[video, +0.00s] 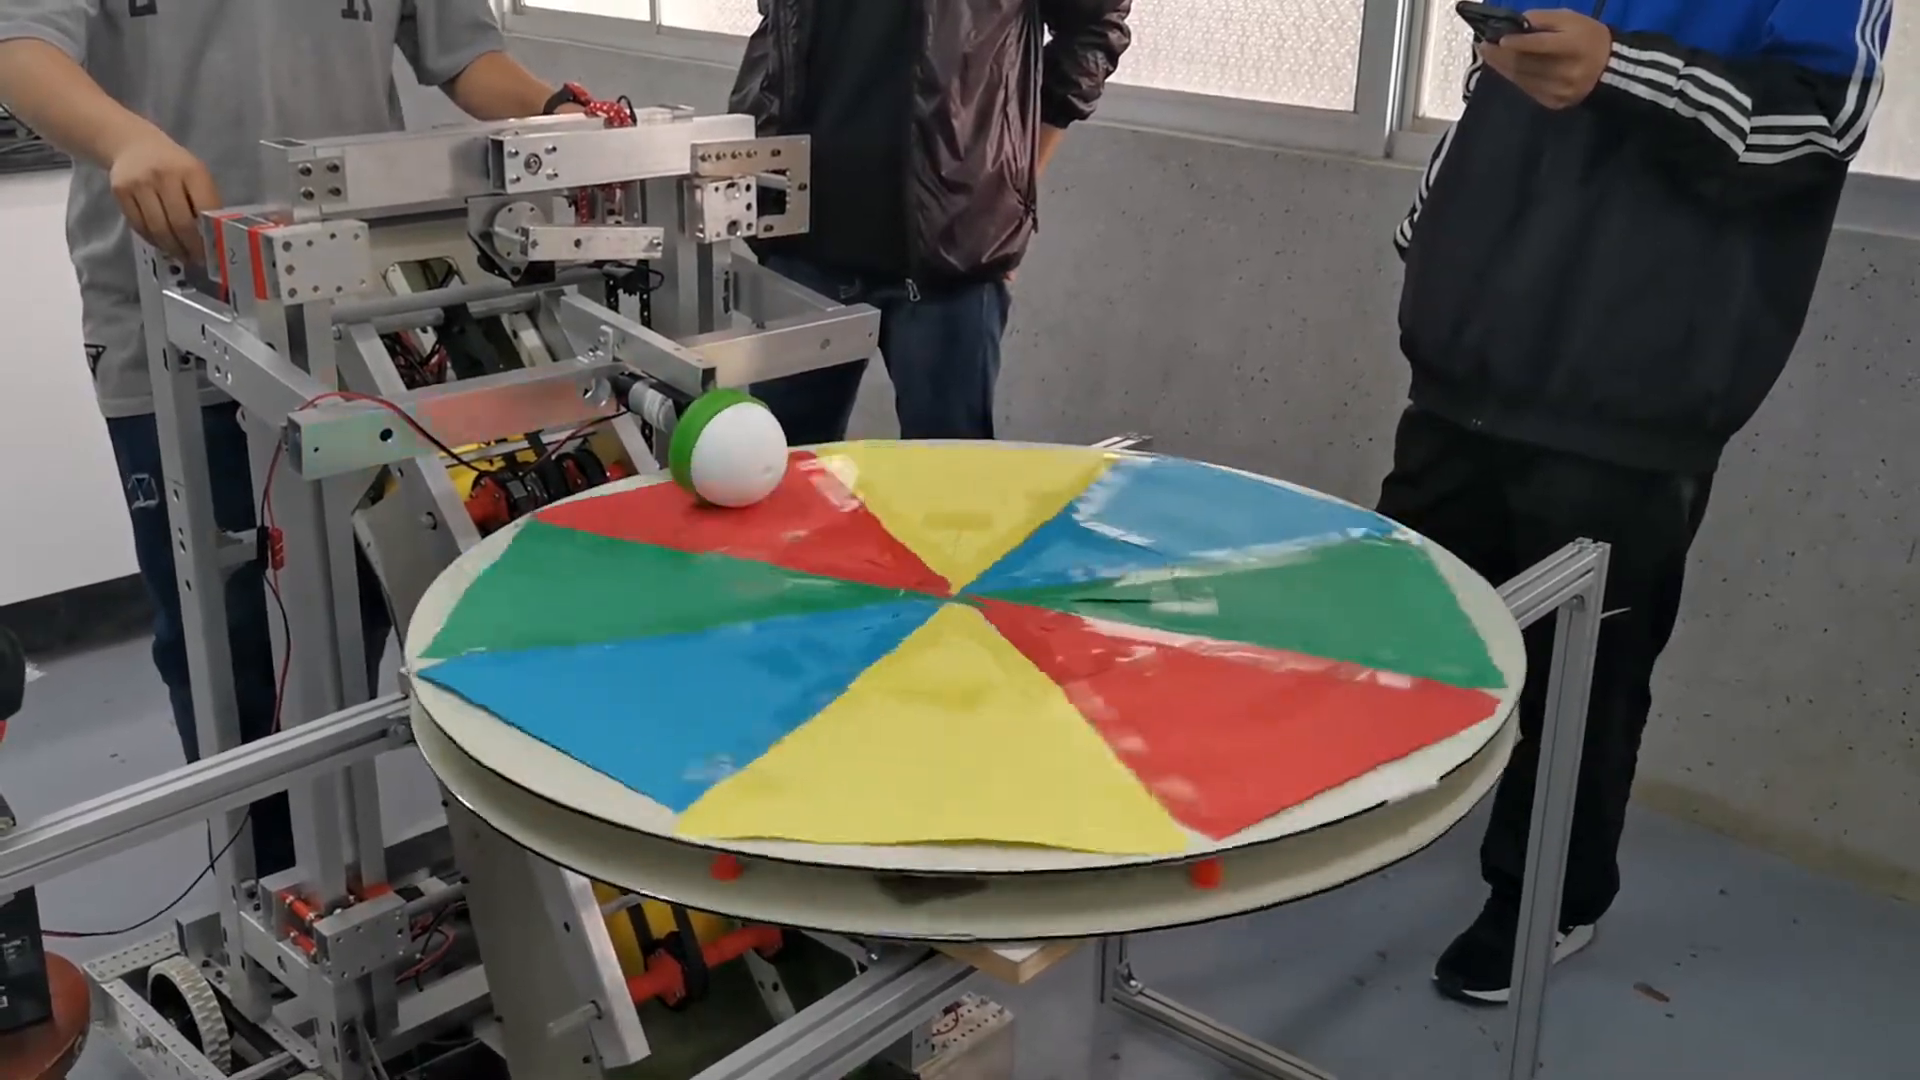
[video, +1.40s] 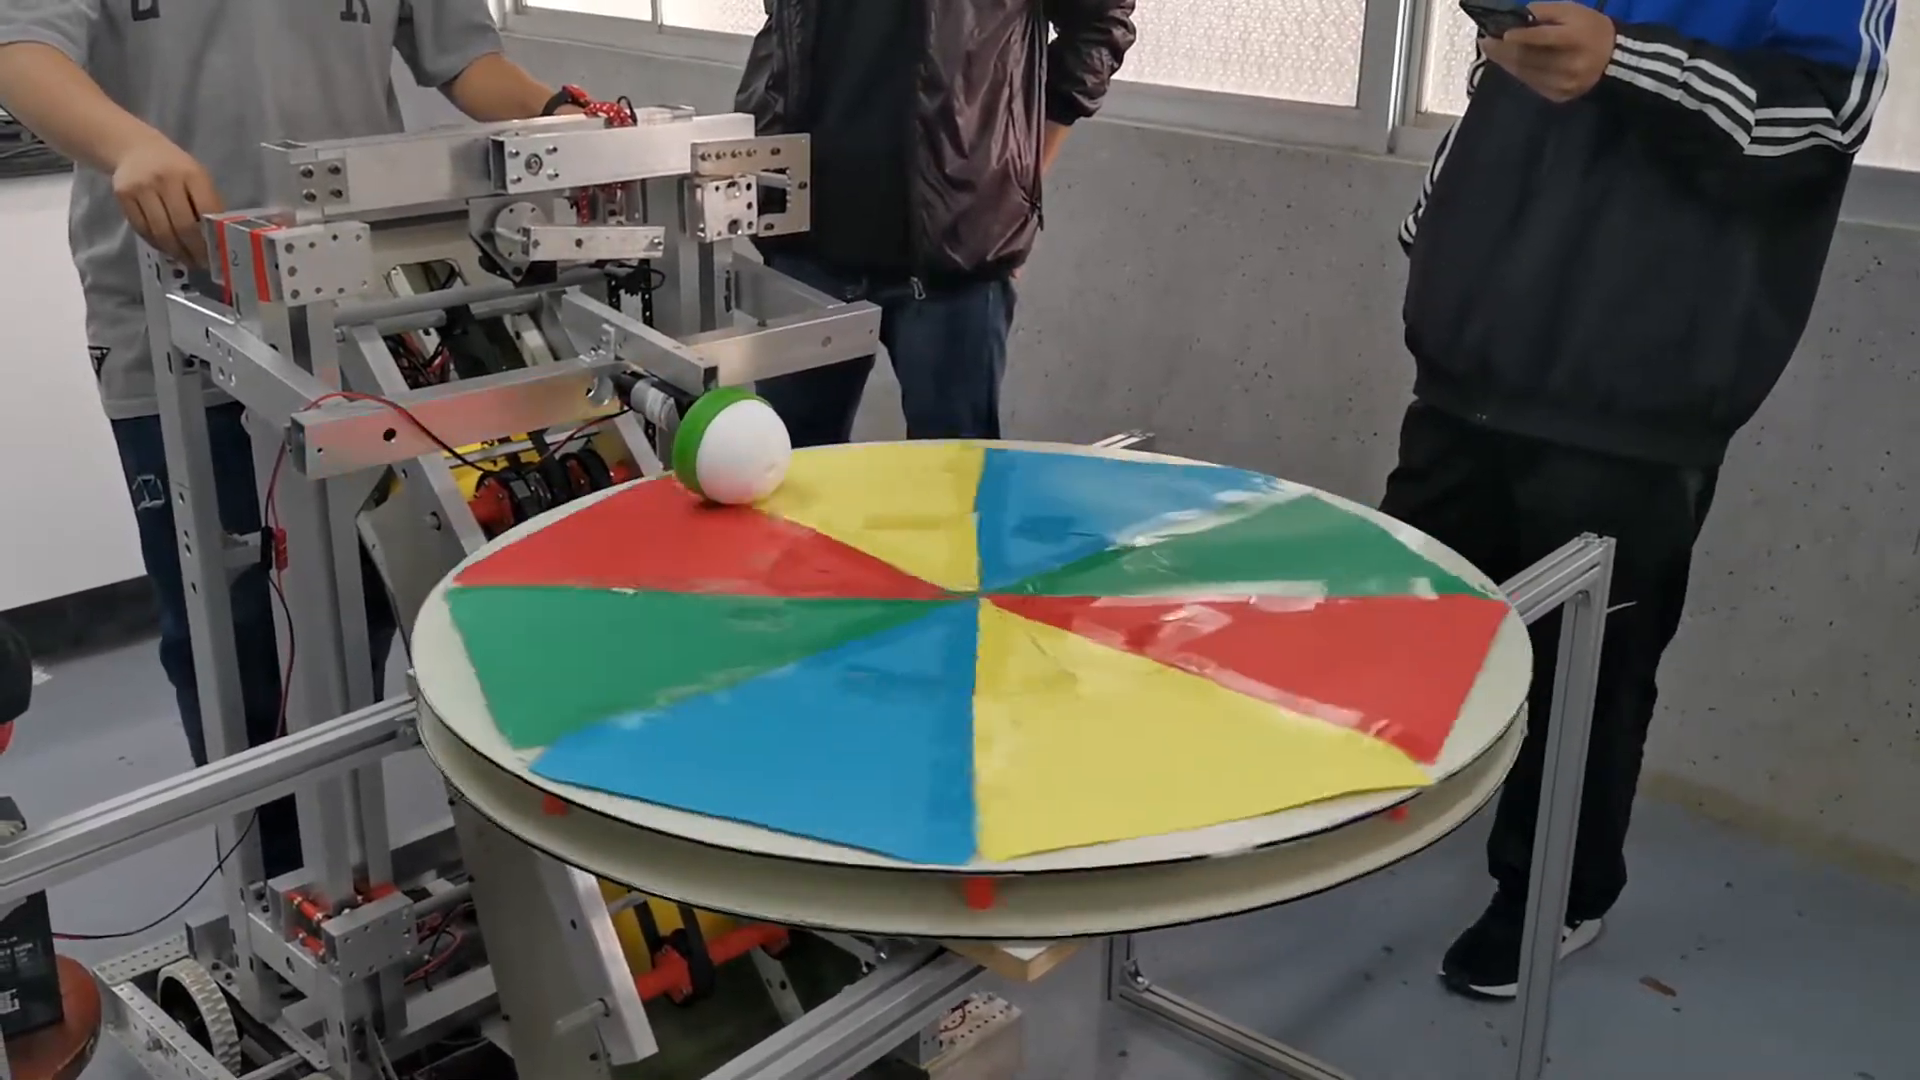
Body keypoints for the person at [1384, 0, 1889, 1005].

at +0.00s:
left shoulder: (1826, 9)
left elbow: (1818, 125)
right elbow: (1501, 77)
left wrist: (1614, 67)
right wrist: (1425, 239)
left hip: (1649, 361)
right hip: (1485, 315)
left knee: (1585, 657)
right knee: (1407, 600)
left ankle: (1547, 897)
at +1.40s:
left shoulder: (1830, 8)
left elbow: (1818, 121)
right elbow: (1507, 50)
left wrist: (1617, 57)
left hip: (1653, 350)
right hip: (1489, 303)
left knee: (1589, 649)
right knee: (1415, 597)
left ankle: (1555, 890)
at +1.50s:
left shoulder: (1830, 9)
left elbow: (1821, 120)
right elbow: (1509, 36)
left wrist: (1618, 56)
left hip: (1655, 352)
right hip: (1489, 304)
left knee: (1590, 650)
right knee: (1415, 596)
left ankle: (1555, 891)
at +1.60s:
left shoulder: (1834, 9)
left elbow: (1819, 122)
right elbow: (1510, 42)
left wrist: (1620, 56)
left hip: (1657, 352)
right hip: (1491, 304)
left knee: (1593, 649)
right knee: (1414, 599)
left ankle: (1557, 891)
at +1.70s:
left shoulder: (1834, 10)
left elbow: (1825, 120)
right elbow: (1511, 49)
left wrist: (1622, 55)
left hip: (1656, 352)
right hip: (1491, 304)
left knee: (1593, 649)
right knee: (1416, 600)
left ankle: (1556, 891)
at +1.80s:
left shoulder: (1835, 9)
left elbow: (1826, 119)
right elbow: (1512, 57)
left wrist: (1624, 56)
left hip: (1657, 355)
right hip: (1492, 309)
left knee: (1592, 654)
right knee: (1414, 598)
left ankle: (1556, 892)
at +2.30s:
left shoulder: (1847, 11)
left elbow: (1836, 117)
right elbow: (1517, 33)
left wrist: (1634, 54)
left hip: (1667, 348)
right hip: (1499, 300)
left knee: (1600, 648)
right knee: (1420, 595)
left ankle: (1560, 892)